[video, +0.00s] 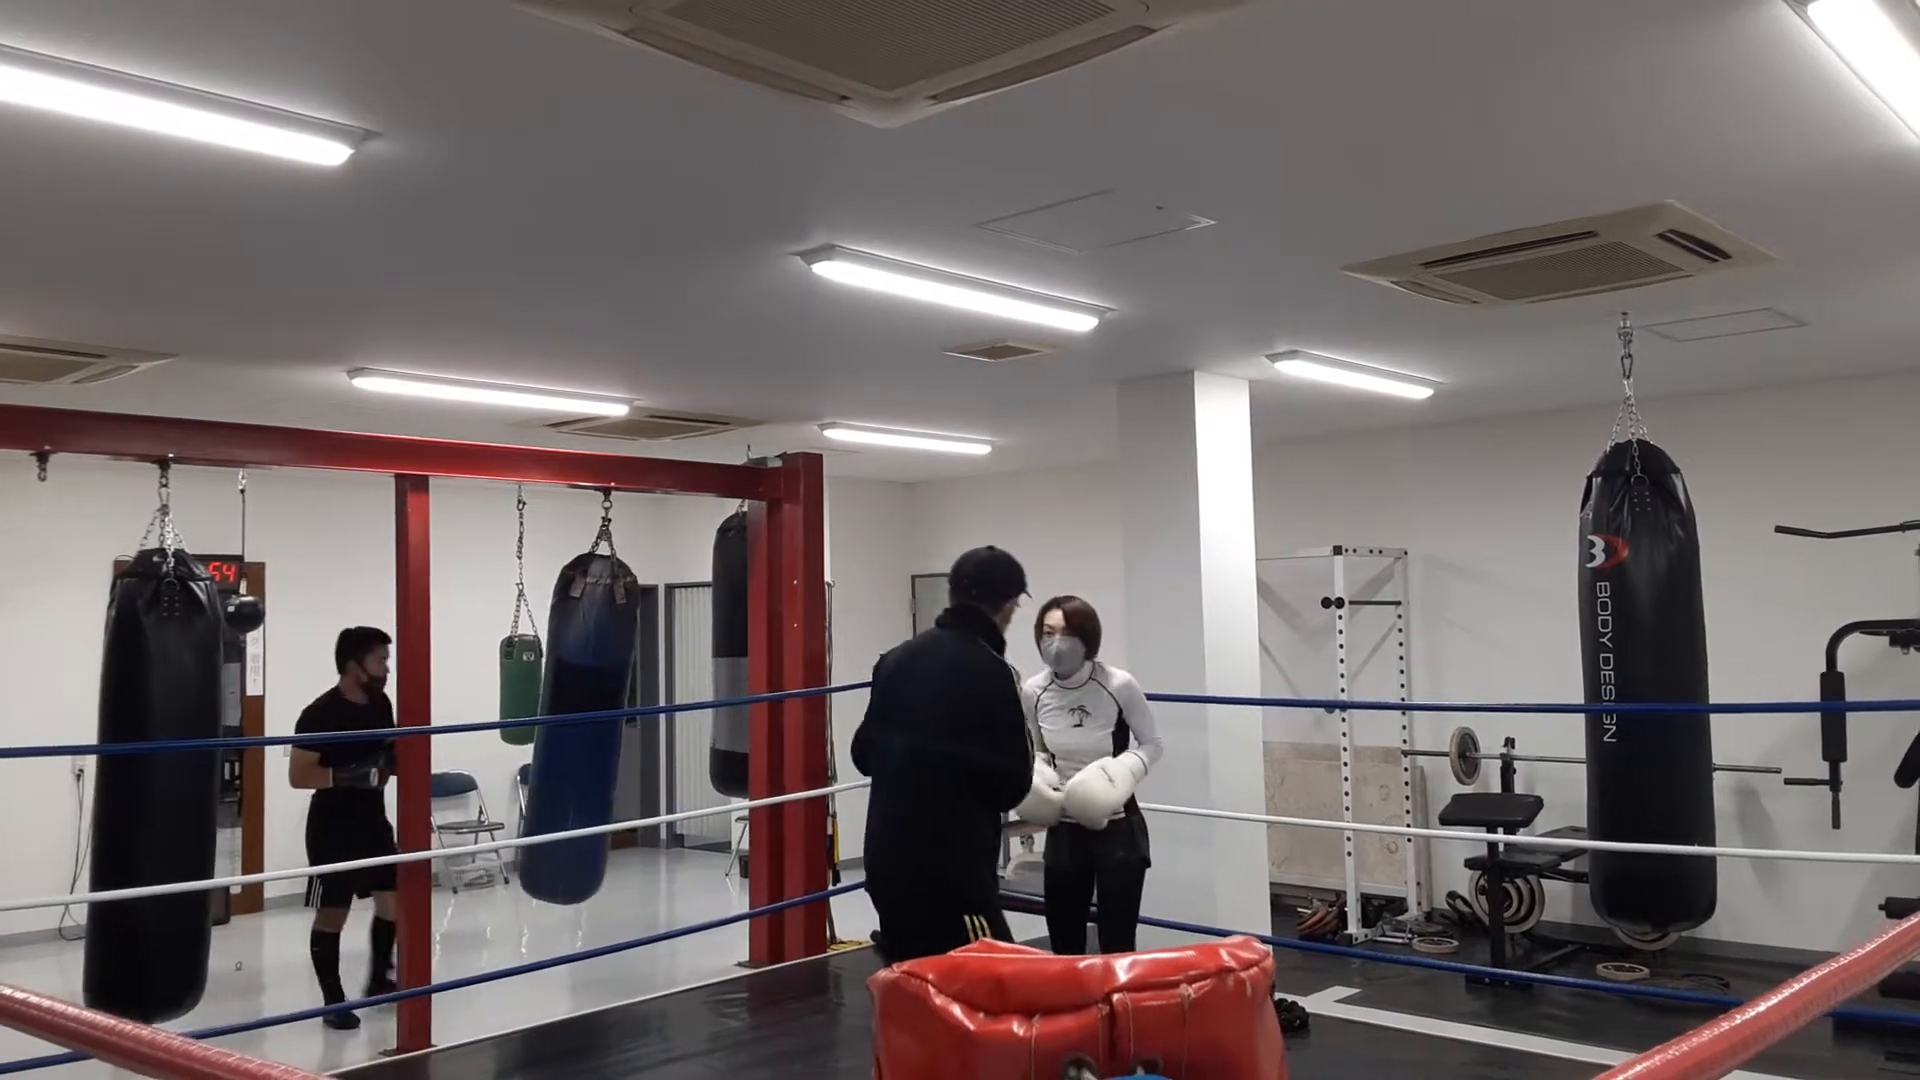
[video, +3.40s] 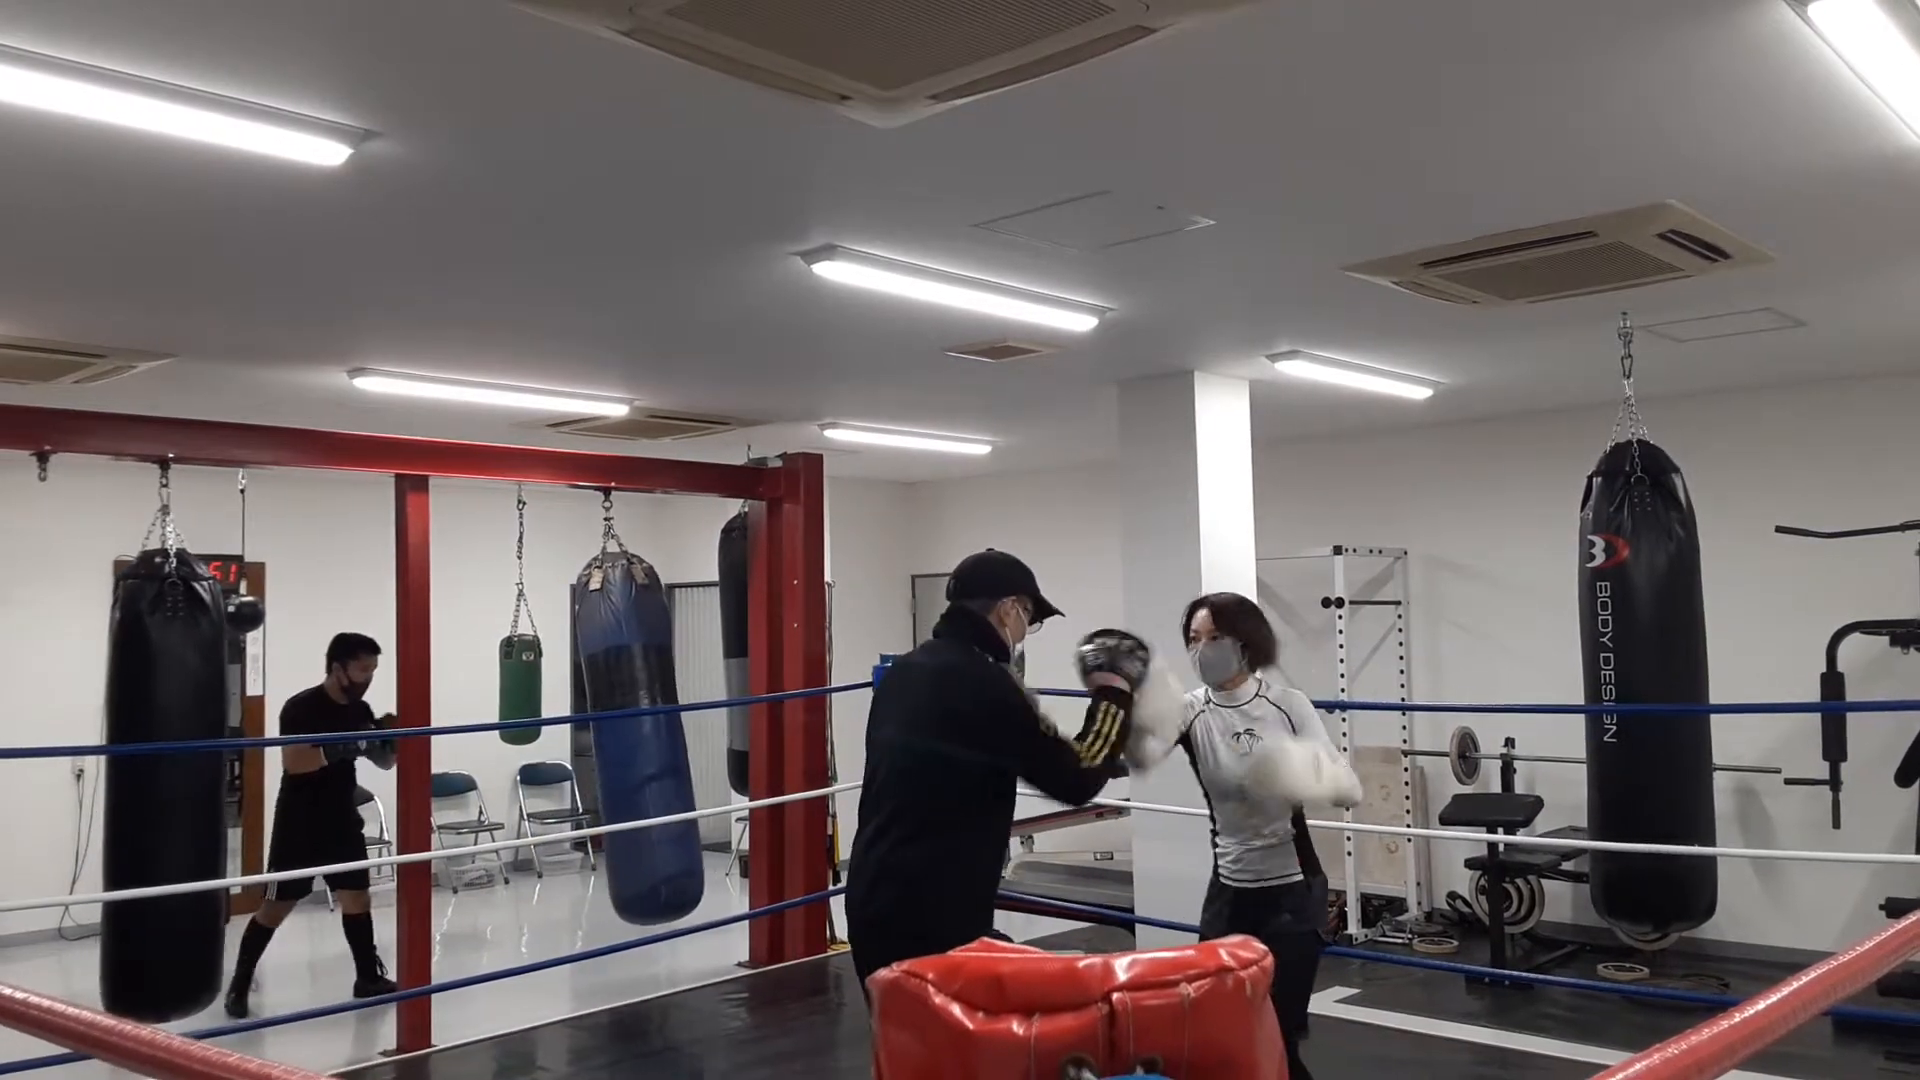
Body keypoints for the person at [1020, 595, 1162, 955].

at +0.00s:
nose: (1055, 643)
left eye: (1067, 634)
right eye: (1047, 633)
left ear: (1087, 639)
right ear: (1039, 639)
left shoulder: (1119, 685)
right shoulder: (1033, 692)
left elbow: (1151, 744)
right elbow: (1035, 751)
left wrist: (1119, 775)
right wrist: (1041, 776)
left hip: (1118, 828)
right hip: (1064, 830)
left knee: (1116, 945)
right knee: (1065, 947)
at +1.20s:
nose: (1089, 648)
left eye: (1099, 638)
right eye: (1080, 638)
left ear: (1119, 640)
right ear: (1071, 641)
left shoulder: (1150, 685)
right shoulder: (1067, 691)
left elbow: (1188, 752)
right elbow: (1050, 752)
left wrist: (1143, 757)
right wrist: (1085, 762)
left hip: (1148, 828)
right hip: (1095, 829)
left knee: (1159, 948)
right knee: (1094, 949)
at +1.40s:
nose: (1098, 642)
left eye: (1107, 631)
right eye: (1096, 633)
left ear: (1126, 637)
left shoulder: (1163, 679)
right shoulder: (1089, 687)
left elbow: (1199, 747)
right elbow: (1080, 759)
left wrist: (1151, 703)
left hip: (1165, 829)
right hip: (1112, 829)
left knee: (1172, 949)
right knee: (1090, 942)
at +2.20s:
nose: (1134, 664)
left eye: (1146, 654)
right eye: (1128, 653)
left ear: (1165, 656)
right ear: (1119, 655)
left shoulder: (1193, 702)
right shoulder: (1127, 716)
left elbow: (1232, 754)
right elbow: (1098, 778)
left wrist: (1184, 705)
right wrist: (1099, 720)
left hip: (1206, 865)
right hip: (1159, 864)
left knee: (1193, 969)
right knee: (1119, 961)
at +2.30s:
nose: (1143, 666)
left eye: (1154, 657)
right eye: (1142, 656)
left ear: (1177, 663)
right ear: (1140, 658)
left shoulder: (1204, 705)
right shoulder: (1140, 713)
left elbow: (1243, 763)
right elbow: (1111, 785)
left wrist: (1184, 727)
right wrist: (1128, 739)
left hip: (1217, 875)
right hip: (1164, 874)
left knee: (1231, 980)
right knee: (1132, 975)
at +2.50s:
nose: (1190, 649)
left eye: (1202, 639)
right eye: (1181, 638)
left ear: (1227, 644)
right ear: (1170, 643)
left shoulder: (1250, 701)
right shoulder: (1162, 703)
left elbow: (1305, 766)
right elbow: (1120, 737)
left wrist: (1275, 726)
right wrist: (1132, 720)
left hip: (1258, 860)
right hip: (1191, 863)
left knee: (1270, 991)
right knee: (1168, 983)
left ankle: (1289, 1069)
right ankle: (1166, 1072)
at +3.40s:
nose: (1200, 648)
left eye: (1212, 637)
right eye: (1194, 639)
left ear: (1244, 640)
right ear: (1188, 644)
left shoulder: (1288, 703)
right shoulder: (1189, 709)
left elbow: (1343, 785)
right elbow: (1138, 760)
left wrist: (1289, 768)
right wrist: (1143, 712)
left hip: (1293, 888)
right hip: (1229, 888)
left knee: (1280, 1032)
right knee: (1214, 1015)